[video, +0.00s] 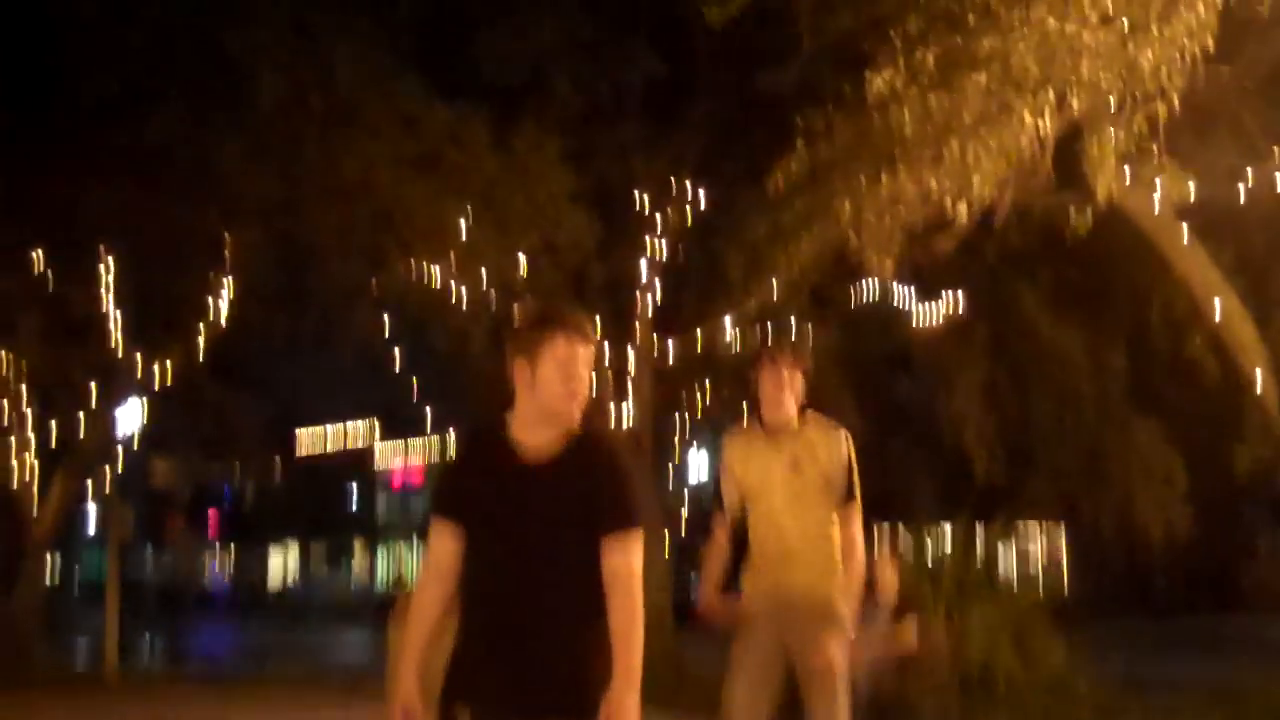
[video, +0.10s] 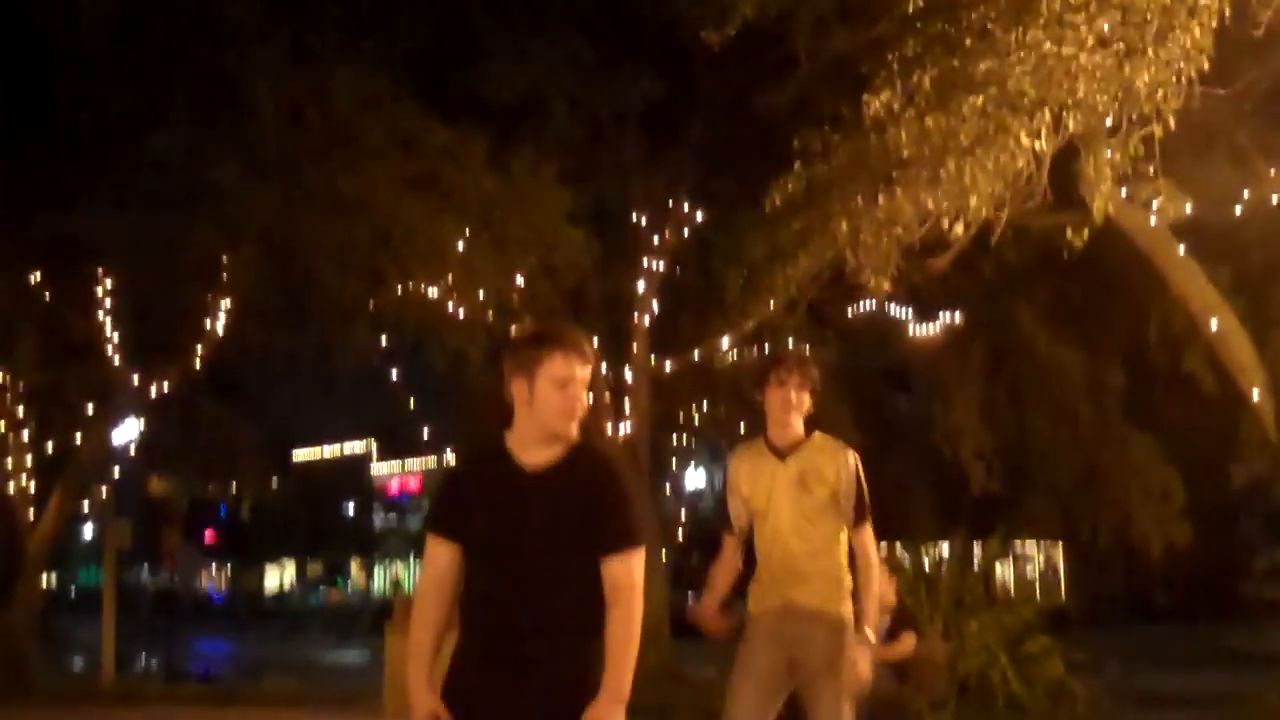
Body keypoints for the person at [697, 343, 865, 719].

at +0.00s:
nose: (780, 390)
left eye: (788, 380)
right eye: (771, 381)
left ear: (802, 385)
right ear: (757, 387)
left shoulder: (834, 440)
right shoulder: (737, 445)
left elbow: (852, 527)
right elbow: (725, 524)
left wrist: (848, 608)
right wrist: (708, 593)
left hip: (821, 606)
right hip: (760, 605)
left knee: (831, 712)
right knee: (742, 708)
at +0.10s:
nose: (791, 397)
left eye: (801, 388)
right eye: (781, 385)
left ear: (811, 399)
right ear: (763, 395)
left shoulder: (841, 460)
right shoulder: (742, 461)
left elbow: (865, 551)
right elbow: (733, 544)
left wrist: (866, 633)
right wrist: (708, 604)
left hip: (828, 620)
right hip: (766, 618)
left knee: (832, 713)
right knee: (742, 712)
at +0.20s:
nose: (802, 419)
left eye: (811, 409)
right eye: (792, 408)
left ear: (824, 419)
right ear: (775, 417)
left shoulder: (853, 478)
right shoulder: (754, 481)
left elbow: (887, 575)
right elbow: (747, 575)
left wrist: (889, 661)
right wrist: (717, 653)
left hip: (840, 651)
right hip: (776, 652)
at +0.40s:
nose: (812, 454)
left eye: (821, 446)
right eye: (802, 443)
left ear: (832, 458)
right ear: (782, 452)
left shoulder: (861, 520)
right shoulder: (759, 520)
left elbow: (905, 607)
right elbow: (755, 606)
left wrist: (891, 684)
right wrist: (747, 684)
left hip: (843, 675)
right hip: (780, 674)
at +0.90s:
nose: (771, 485)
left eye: (782, 477)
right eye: (761, 475)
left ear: (795, 489)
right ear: (747, 487)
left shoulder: (826, 549)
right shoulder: (737, 553)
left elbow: (855, 640)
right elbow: (743, 632)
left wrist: (853, 713)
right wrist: (732, 708)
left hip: (817, 702)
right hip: (758, 701)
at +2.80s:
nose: (724, 470)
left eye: (735, 459)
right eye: (715, 460)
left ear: (755, 467)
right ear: (705, 469)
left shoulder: (792, 529)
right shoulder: (692, 532)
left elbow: (826, 608)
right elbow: (690, 623)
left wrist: (834, 695)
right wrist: (676, 700)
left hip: (782, 687)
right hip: (721, 688)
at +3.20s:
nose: (698, 506)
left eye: (710, 494)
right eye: (689, 494)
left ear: (735, 504)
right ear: (679, 502)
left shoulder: (774, 576)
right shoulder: (664, 574)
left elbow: (813, 664)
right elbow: (652, 661)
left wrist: (820, 713)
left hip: (759, 711)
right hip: (689, 711)